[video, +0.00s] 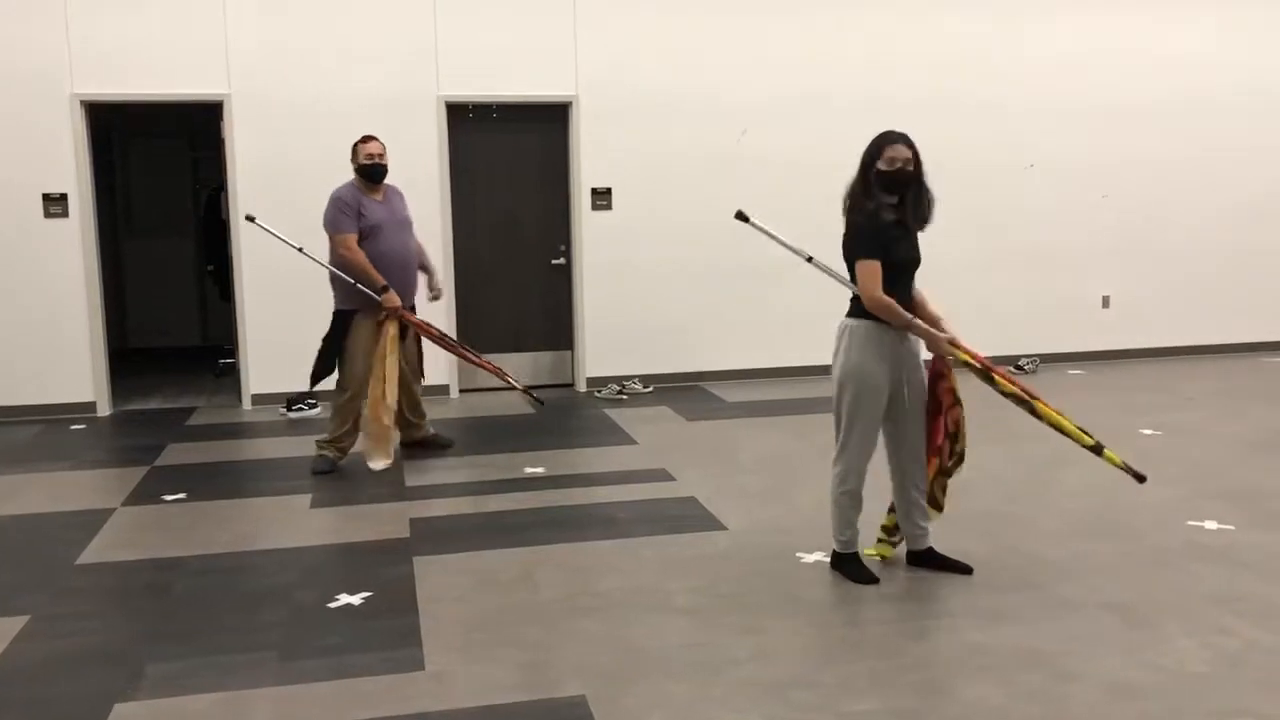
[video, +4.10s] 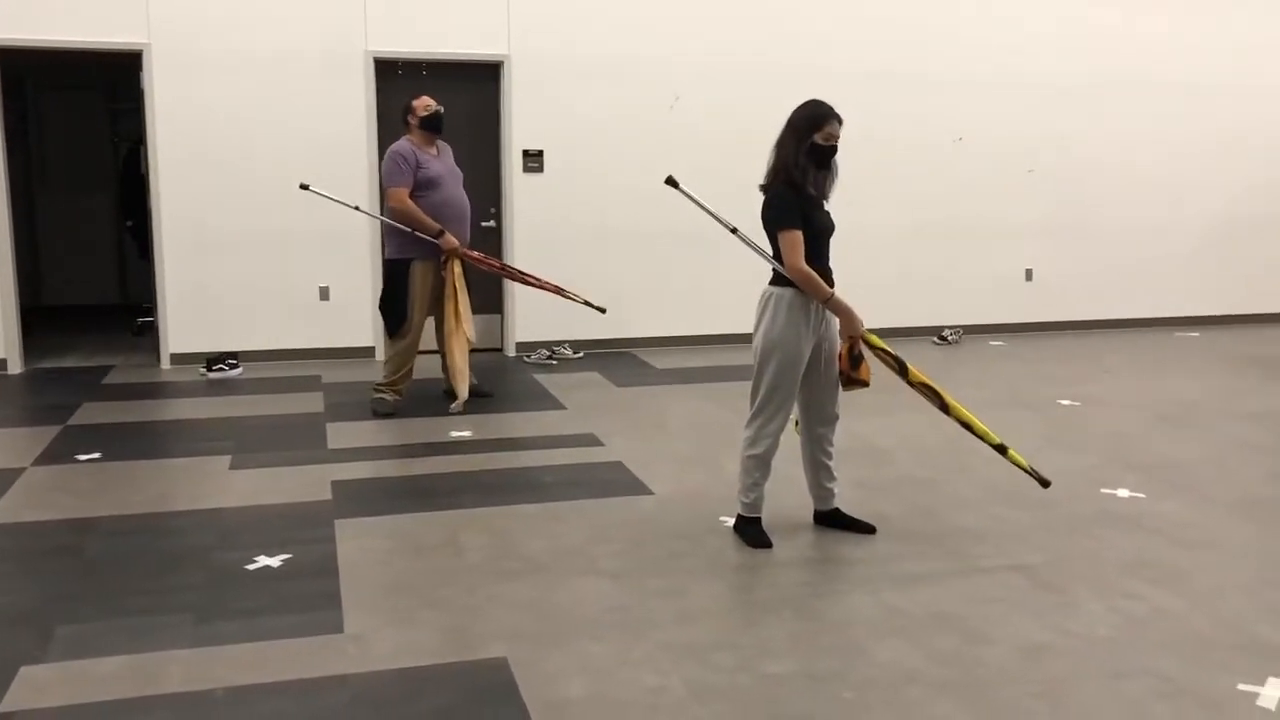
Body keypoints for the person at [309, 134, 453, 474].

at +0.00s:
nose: (375, 161)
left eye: (380, 156)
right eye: (368, 157)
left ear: (387, 161)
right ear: (354, 163)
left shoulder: (395, 195)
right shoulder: (343, 199)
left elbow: (406, 238)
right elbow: (345, 251)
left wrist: (429, 270)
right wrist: (383, 289)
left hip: (401, 303)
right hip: (360, 307)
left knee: (409, 373)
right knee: (353, 382)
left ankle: (414, 434)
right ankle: (332, 450)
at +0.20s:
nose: (398, 165)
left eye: (402, 160)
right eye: (390, 160)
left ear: (407, 163)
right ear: (374, 164)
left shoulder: (410, 196)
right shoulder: (360, 199)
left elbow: (432, 231)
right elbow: (361, 250)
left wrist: (446, 227)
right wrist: (397, 288)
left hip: (417, 302)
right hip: (375, 304)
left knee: (418, 371)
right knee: (363, 377)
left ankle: (411, 434)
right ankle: (333, 448)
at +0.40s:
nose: (407, 167)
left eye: (410, 162)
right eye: (400, 162)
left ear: (414, 162)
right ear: (381, 162)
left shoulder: (420, 192)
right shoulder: (365, 196)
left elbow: (451, 224)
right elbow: (366, 247)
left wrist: (433, 194)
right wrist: (404, 284)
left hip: (416, 296)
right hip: (379, 297)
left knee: (415, 366)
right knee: (383, 369)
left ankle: (409, 432)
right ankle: (378, 443)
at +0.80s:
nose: (420, 172)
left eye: (424, 167)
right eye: (413, 167)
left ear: (428, 168)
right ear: (397, 167)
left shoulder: (431, 198)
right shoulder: (379, 201)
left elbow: (464, 226)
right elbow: (381, 250)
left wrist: (438, 191)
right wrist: (422, 283)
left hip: (436, 301)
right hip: (396, 306)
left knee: (457, 359)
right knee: (402, 380)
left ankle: (451, 427)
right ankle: (391, 444)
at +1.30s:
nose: (466, 181)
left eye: (470, 176)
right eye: (461, 176)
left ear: (475, 175)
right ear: (447, 173)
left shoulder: (480, 201)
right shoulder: (429, 203)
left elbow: (511, 228)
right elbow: (429, 250)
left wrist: (487, 196)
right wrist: (465, 281)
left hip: (483, 299)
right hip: (446, 301)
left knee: (481, 367)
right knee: (437, 370)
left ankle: (475, 429)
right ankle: (417, 440)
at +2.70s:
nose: (479, 133)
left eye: (480, 128)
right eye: (472, 128)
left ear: (479, 133)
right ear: (454, 132)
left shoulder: (475, 162)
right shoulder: (436, 165)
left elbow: (483, 206)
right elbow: (436, 216)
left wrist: (497, 236)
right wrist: (477, 246)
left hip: (479, 264)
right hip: (444, 267)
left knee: (479, 333)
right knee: (437, 338)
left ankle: (479, 393)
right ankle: (409, 401)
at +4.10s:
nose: (435, 108)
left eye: (437, 105)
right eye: (426, 106)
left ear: (441, 117)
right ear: (411, 119)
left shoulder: (445, 149)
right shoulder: (400, 152)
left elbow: (449, 197)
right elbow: (397, 203)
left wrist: (458, 239)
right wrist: (440, 233)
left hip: (447, 251)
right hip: (411, 255)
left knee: (454, 321)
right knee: (406, 327)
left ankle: (459, 382)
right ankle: (388, 392)